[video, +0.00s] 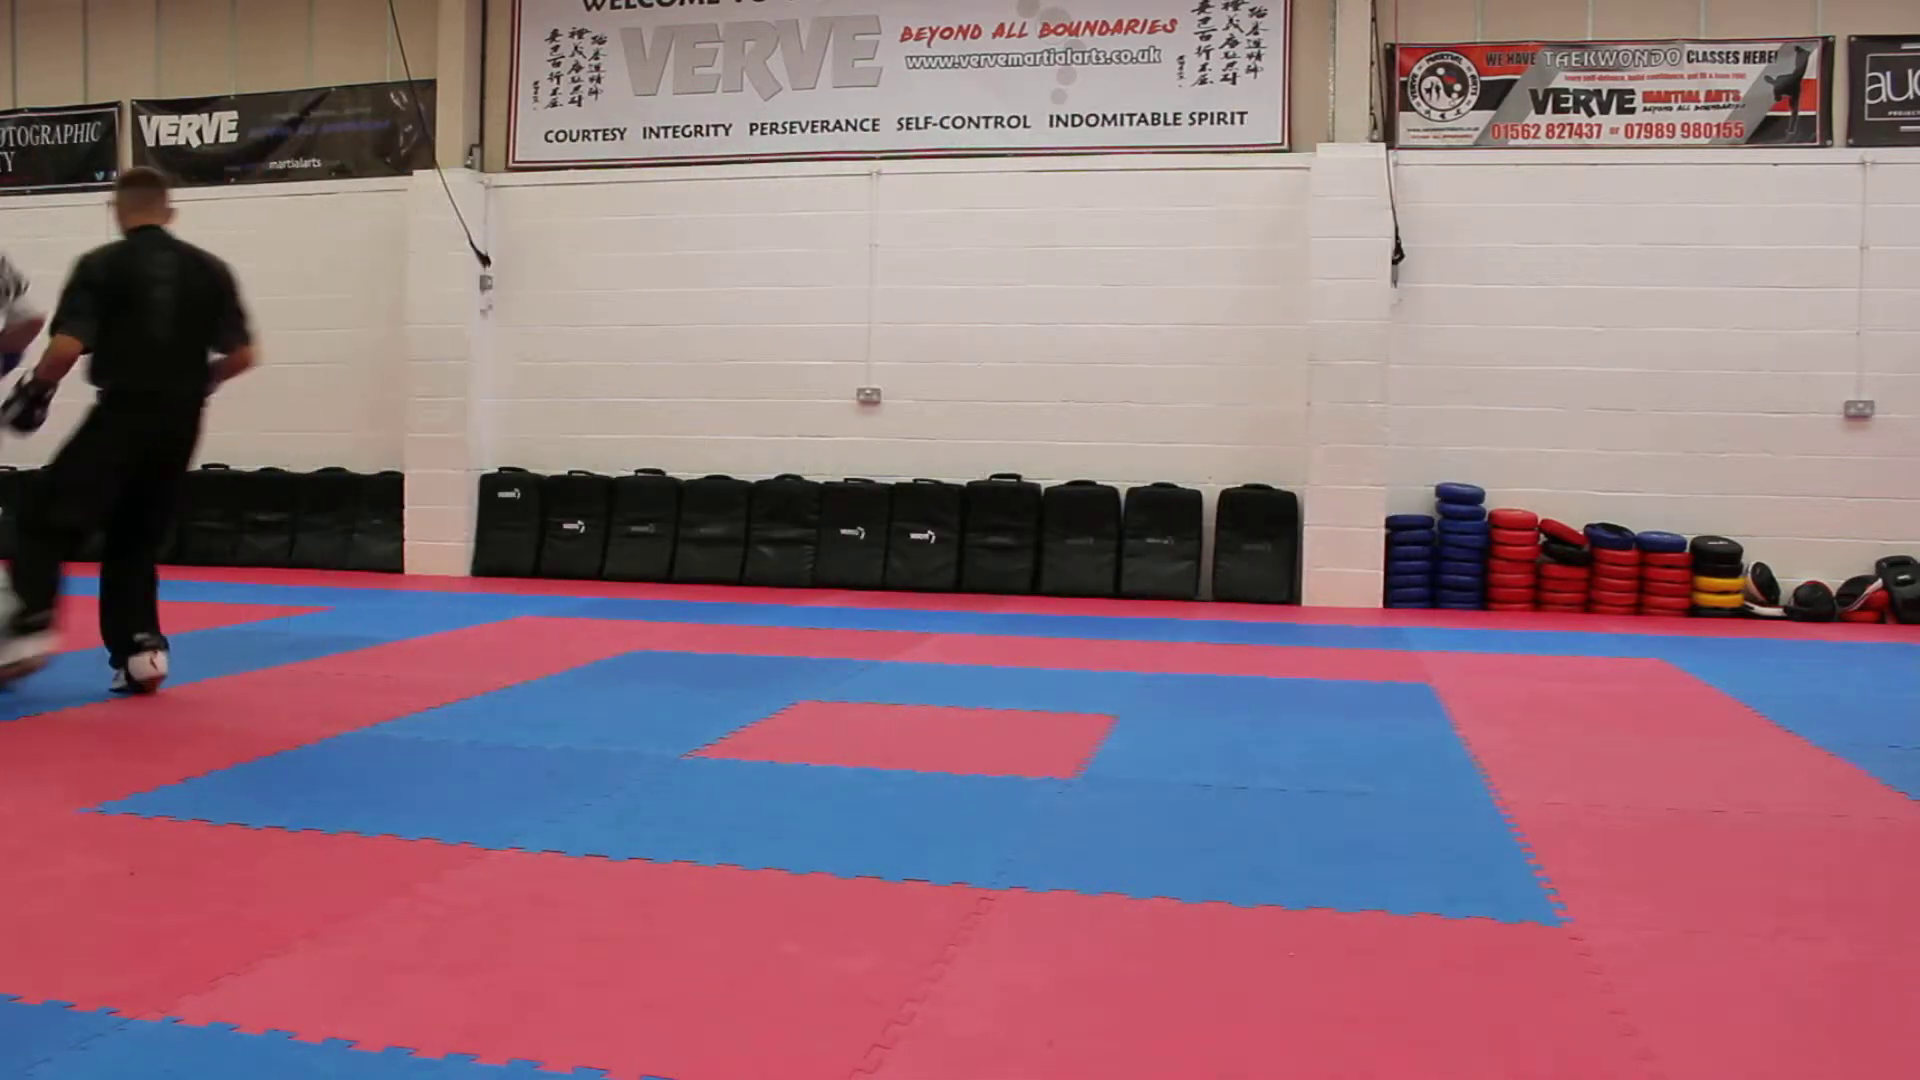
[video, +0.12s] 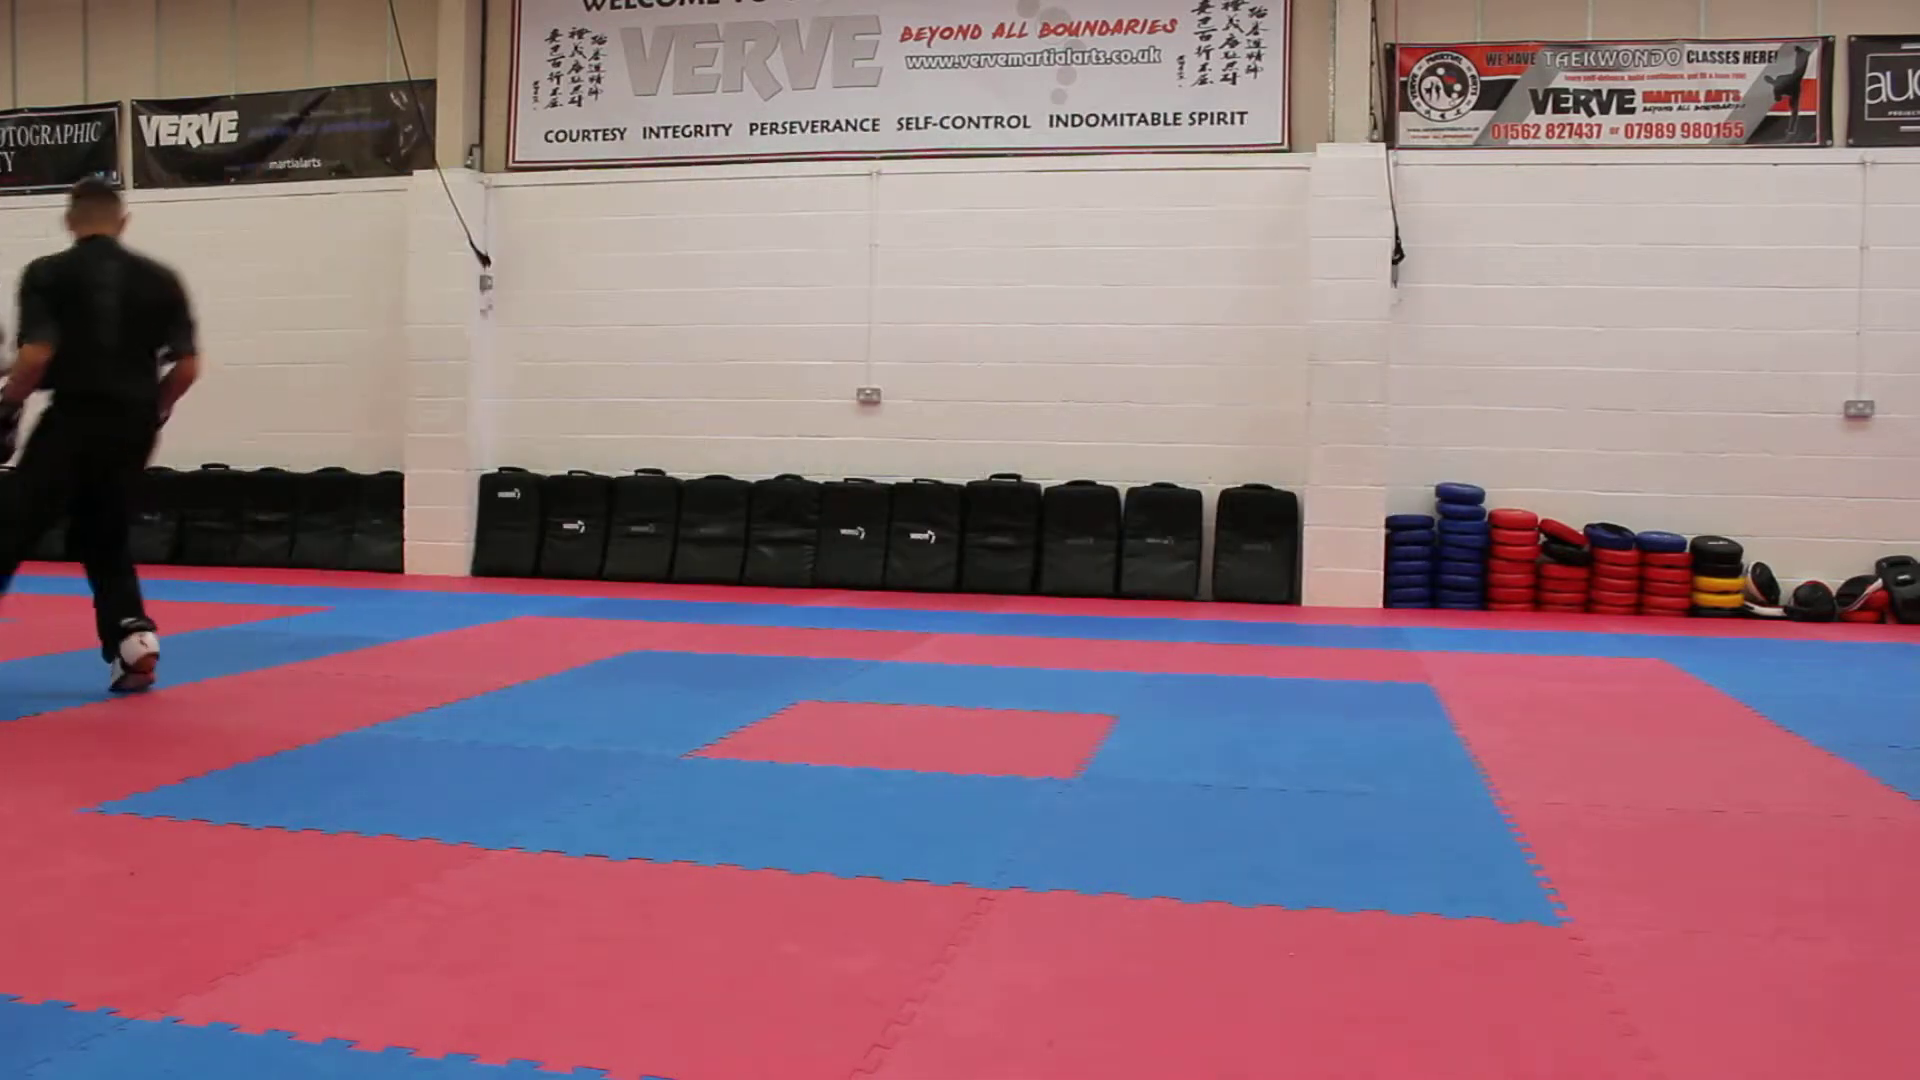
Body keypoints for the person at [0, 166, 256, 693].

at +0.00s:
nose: (122, 217)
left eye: (118, 209)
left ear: (118, 212)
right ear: (168, 210)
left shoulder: (101, 266)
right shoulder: (206, 268)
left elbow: (67, 347)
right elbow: (243, 355)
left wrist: (36, 389)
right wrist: (199, 380)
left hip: (119, 421)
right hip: (179, 426)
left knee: (47, 510)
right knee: (134, 535)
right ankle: (142, 649)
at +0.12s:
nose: (88, 225)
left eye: (79, 216)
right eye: (111, 217)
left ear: (71, 221)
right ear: (122, 221)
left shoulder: (48, 273)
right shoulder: (158, 278)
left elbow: (36, 355)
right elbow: (187, 368)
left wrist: (10, 398)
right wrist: (155, 406)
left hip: (67, 428)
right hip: (132, 430)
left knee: (14, 529)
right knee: (104, 535)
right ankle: (132, 637)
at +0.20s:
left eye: (49, 241)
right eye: (95, 242)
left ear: (45, 243)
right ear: (99, 243)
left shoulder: (19, 296)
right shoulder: (131, 302)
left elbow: (5, 381)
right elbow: (157, 386)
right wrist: (138, 435)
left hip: (34, 446)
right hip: (103, 448)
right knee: (88, 544)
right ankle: (118, 638)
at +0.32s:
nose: (109, 248)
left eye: (107, 240)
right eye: (109, 240)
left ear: (57, 240)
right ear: (102, 241)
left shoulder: (15, 291)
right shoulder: (127, 299)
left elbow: (5, 365)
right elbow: (148, 378)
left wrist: (22, 412)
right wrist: (135, 427)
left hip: (23, 439)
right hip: (93, 441)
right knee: (88, 534)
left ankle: (78, 634)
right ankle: (70, 632)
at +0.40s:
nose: (140, 227)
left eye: (137, 217)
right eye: (137, 218)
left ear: (86, 220)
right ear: (124, 220)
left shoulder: (33, 275)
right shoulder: (141, 279)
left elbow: (8, 354)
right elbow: (151, 355)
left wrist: (35, 391)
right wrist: (148, 406)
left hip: (35, 429)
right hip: (103, 434)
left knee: (13, 527)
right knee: (98, 542)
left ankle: (52, 646)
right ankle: (45, 635)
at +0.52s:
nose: (186, 214)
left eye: (185, 202)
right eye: (181, 203)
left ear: (131, 205)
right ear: (161, 205)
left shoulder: (77, 263)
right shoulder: (168, 268)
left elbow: (32, 344)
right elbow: (159, 353)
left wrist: (30, 401)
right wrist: (180, 405)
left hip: (59, 423)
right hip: (120, 428)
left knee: (33, 530)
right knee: (116, 549)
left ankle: (44, 651)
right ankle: (33, 644)